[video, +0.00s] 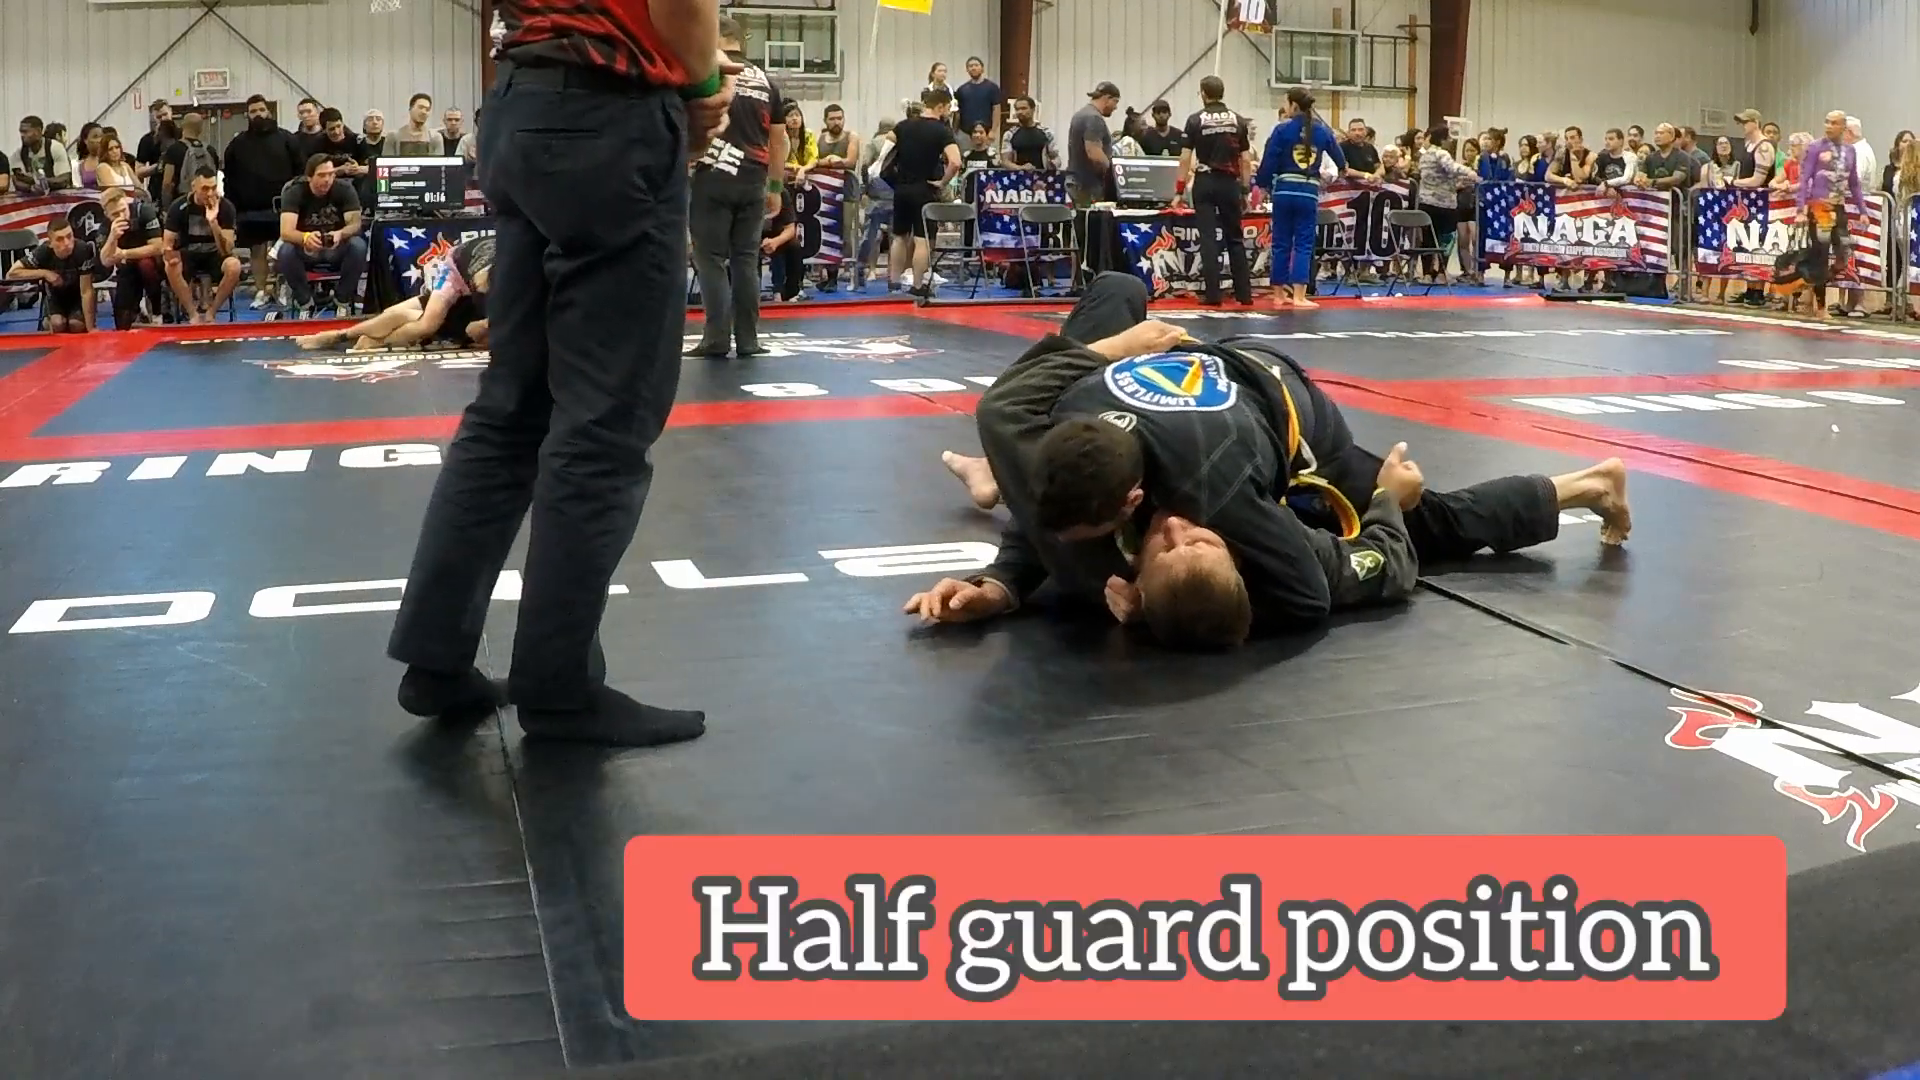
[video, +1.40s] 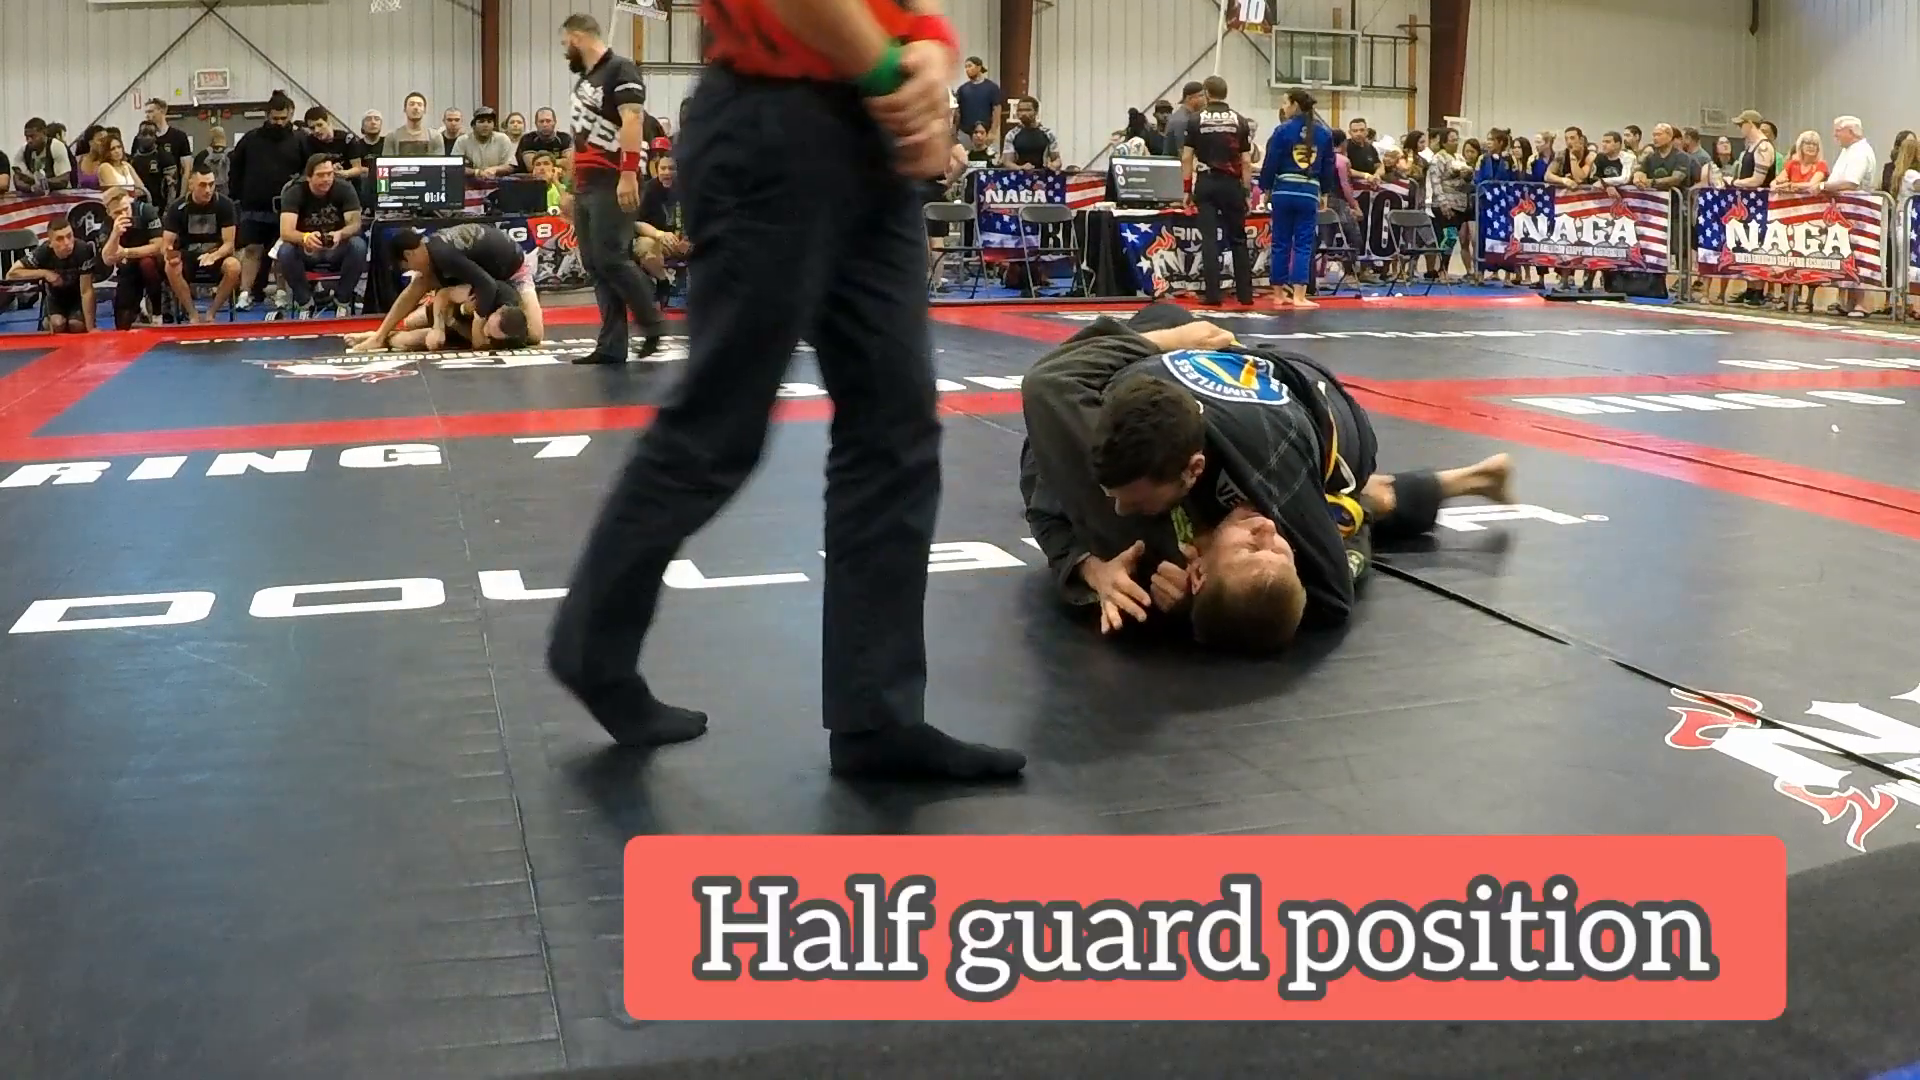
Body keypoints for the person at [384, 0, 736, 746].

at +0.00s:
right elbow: (679, 6)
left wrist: (688, 81)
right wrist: (705, 82)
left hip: (524, 95)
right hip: (614, 112)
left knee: (513, 404)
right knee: (607, 422)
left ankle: (435, 664)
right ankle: (559, 689)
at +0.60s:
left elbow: (678, 6)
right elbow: (666, 7)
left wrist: (744, 64)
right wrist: (732, 91)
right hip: (616, 116)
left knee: (637, 395)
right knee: (605, 416)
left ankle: (488, 617)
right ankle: (545, 693)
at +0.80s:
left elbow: (709, 8)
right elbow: (664, 8)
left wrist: (766, 65)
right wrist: (747, 90)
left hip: (684, 118)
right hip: (621, 118)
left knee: (726, 391)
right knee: (611, 424)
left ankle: (599, 634)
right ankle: (549, 684)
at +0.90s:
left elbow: (735, 11)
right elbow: (665, 6)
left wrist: (781, 63)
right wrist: (754, 88)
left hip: (702, 121)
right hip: (629, 117)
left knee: (767, 388)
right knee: (614, 426)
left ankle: (673, 651)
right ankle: (550, 688)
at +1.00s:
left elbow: (755, 9)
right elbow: (672, 5)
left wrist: (798, 58)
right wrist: (768, 94)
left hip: (730, 123)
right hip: (644, 119)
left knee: (802, 392)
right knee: (621, 426)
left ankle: (761, 677)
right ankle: (556, 684)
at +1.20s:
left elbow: (835, 7)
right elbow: (705, 6)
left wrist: (855, 62)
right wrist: (813, 84)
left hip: (791, 124)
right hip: (690, 116)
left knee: (841, 421)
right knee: (646, 426)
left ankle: (875, 718)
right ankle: (565, 668)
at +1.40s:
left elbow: (906, 7)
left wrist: (939, 45)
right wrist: (891, 76)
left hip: (868, 119)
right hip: (766, 113)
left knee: (891, 439)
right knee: (715, 426)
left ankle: (875, 723)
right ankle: (591, 646)